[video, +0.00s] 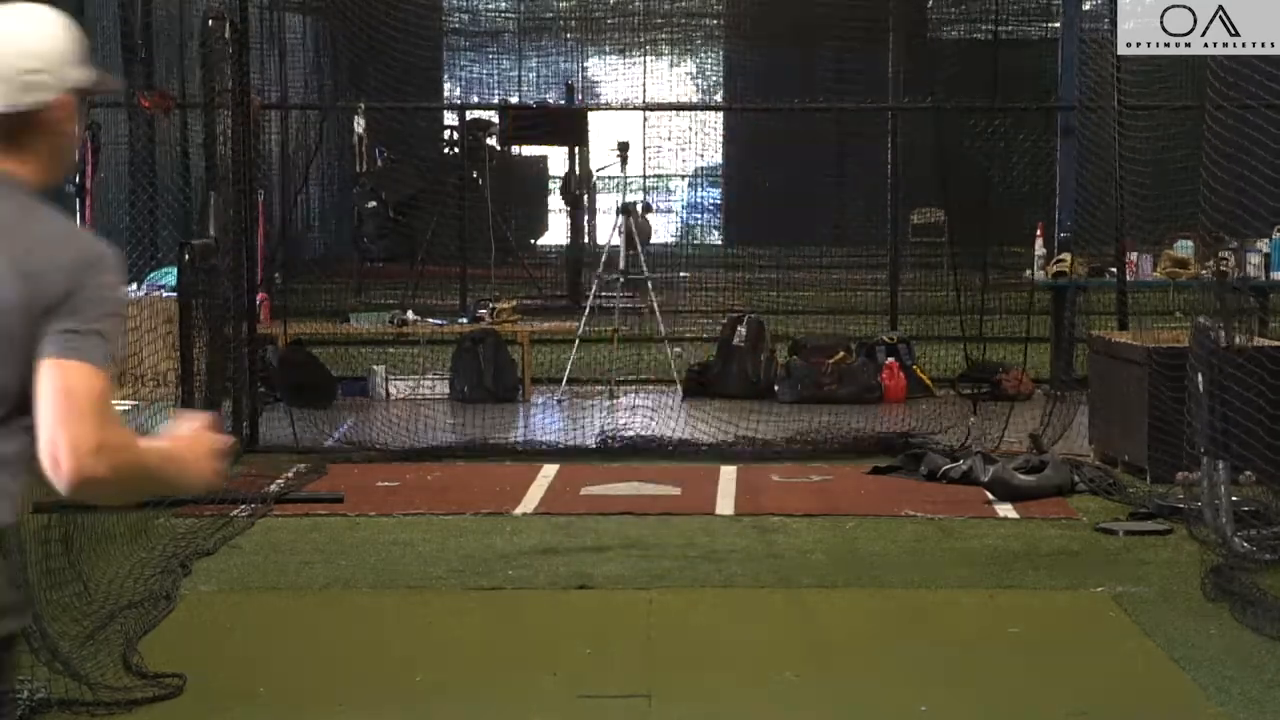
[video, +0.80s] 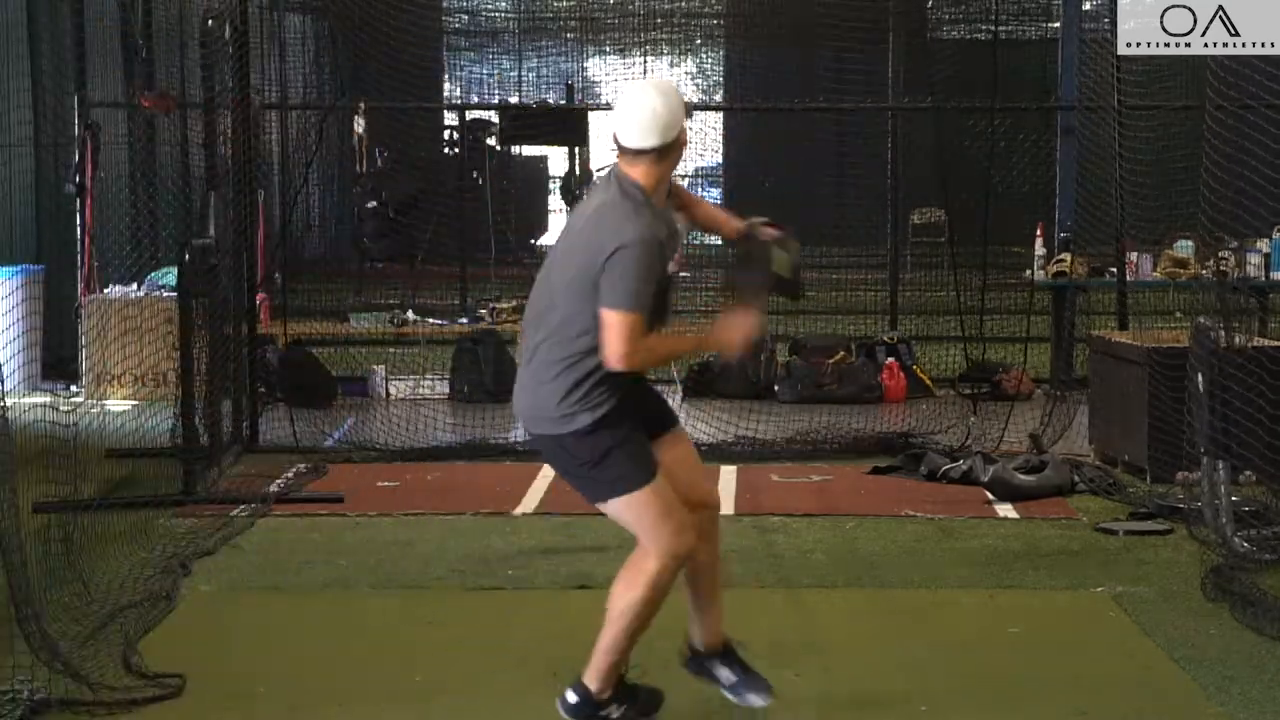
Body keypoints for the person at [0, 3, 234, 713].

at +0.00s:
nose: (81, 122)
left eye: (79, 102)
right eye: (78, 102)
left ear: (11, 110)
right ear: (54, 109)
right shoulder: (68, 258)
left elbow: (71, 455)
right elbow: (74, 458)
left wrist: (149, 453)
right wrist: (175, 459)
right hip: (5, 593)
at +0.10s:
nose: (249, 109)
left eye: (244, 91)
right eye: (241, 91)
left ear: (132, 116)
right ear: (212, 101)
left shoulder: (91, 217)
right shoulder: (175, 229)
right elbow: (105, 399)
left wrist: (272, 330)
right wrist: (281, 398)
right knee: (275, 703)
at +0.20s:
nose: (398, 113)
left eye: (395, 96)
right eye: (392, 96)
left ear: (298, 109)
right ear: (367, 105)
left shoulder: (348, 225)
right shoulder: (275, 222)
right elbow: (194, 379)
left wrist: (445, 312)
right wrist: (362, 347)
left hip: (213, 531)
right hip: (286, 526)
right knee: (476, 682)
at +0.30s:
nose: (532, 165)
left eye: (529, 152)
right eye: (527, 152)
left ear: (438, 161)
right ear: (514, 161)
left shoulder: (470, 256)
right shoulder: (425, 266)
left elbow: (507, 362)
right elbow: (351, 415)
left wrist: (608, 324)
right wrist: (499, 387)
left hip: (381, 544)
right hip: (425, 544)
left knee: (498, 707)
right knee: (605, 684)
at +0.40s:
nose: (612, 191)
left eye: (607, 179)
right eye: (611, 181)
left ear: (526, 199)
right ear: (606, 191)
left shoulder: (560, 284)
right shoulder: (541, 298)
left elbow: (586, 392)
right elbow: (502, 438)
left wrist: (683, 335)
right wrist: (645, 417)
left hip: (536, 522)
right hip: (503, 548)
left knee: (679, 604)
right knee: (692, 683)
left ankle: (580, 711)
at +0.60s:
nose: (672, 155)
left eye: (667, 145)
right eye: (668, 145)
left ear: (596, 164)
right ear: (661, 158)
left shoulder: (642, 236)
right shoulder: (606, 263)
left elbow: (675, 278)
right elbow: (623, 394)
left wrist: (735, 228)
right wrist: (717, 328)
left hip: (647, 445)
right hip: (594, 460)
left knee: (755, 581)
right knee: (696, 599)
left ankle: (767, 716)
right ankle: (614, 715)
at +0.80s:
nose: (685, 140)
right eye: (685, 132)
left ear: (620, 137)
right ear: (682, 141)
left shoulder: (619, 187)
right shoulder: (635, 236)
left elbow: (678, 201)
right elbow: (622, 353)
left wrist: (740, 230)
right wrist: (712, 338)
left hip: (611, 382)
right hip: (567, 408)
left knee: (700, 499)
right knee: (670, 537)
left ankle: (707, 647)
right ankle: (594, 691)